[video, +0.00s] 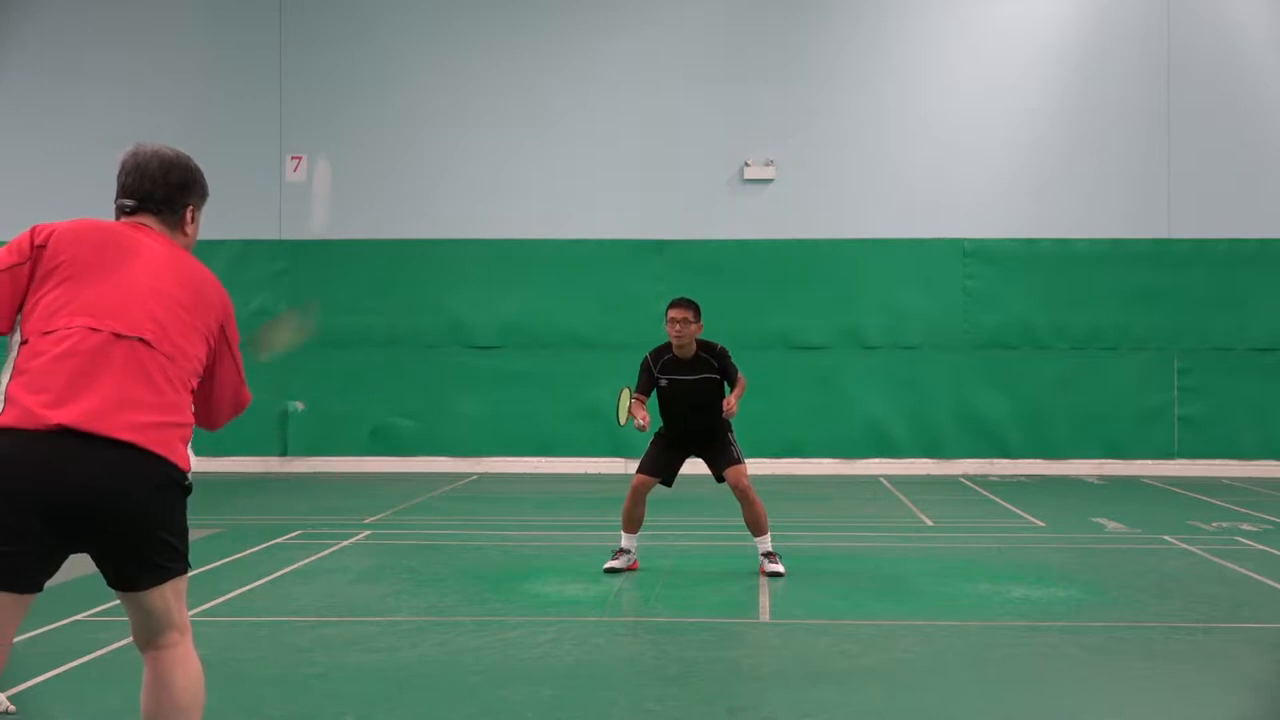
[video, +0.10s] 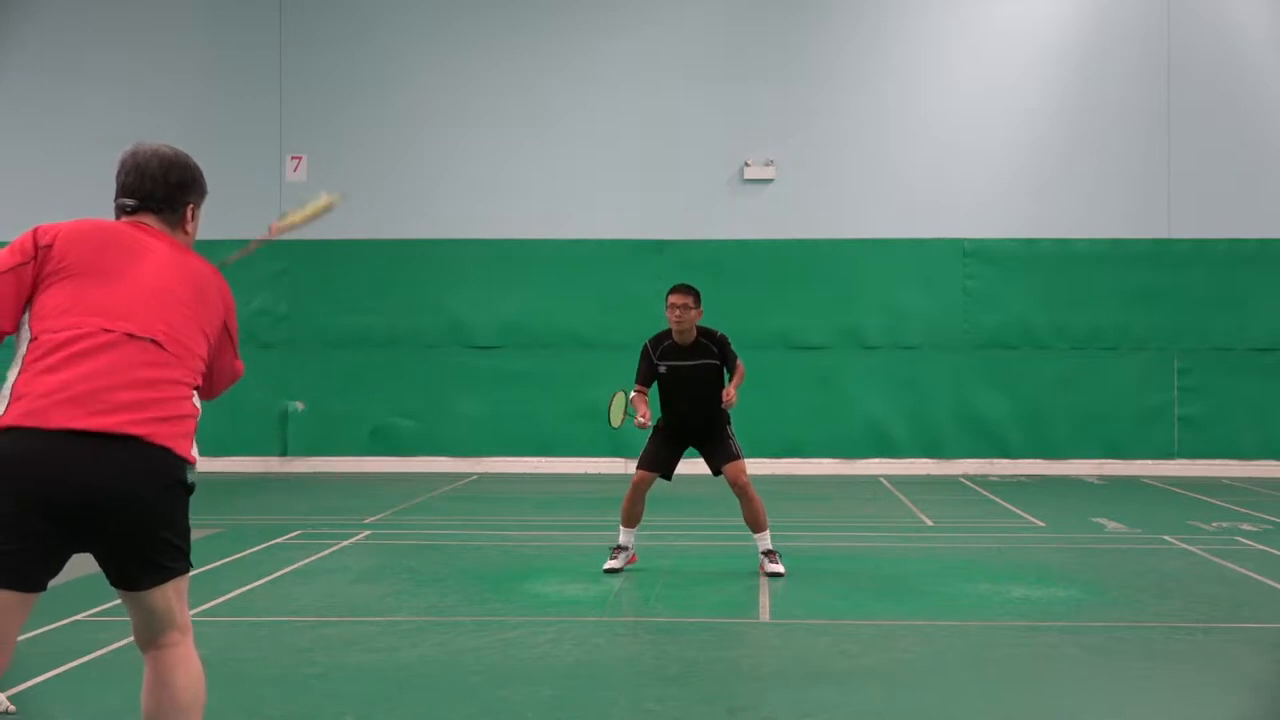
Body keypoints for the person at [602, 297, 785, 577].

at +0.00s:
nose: (677, 328)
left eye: (684, 322)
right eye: (672, 322)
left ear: (698, 326)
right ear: (666, 326)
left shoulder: (715, 354)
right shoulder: (655, 359)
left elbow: (739, 381)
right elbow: (637, 401)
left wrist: (734, 397)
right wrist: (641, 414)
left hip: (714, 433)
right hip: (672, 435)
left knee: (742, 485)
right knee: (638, 485)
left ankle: (767, 553)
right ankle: (627, 551)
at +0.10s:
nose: (677, 313)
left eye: (684, 308)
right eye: (672, 308)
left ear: (698, 312)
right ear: (666, 312)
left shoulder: (716, 342)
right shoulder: (655, 347)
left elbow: (738, 368)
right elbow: (639, 391)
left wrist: (733, 387)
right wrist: (642, 410)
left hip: (713, 425)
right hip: (671, 426)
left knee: (741, 482)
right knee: (639, 482)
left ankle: (767, 551)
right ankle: (624, 547)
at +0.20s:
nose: (675, 309)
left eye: (682, 304)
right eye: (670, 303)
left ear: (697, 311)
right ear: (664, 308)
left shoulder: (714, 341)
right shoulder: (653, 346)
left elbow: (737, 367)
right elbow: (639, 391)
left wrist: (732, 389)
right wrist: (641, 412)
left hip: (711, 421)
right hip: (670, 421)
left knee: (737, 480)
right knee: (640, 477)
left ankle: (766, 549)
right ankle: (619, 542)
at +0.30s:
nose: (669, 317)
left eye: (678, 314)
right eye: (666, 312)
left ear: (692, 323)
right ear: (660, 318)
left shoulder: (708, 354)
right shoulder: (649, 357)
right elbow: (632, 401)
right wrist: (626, 424)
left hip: (709, 430)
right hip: (668, 430)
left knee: (735, 488)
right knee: (639, 480)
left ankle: (768, 553)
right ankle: (621, 552)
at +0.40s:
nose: (661, 311)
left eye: (671, 309)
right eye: (660, 306)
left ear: (684, 322)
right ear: (653, 312)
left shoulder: (696, 354)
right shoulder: (639, 352)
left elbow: (721, 387)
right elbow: (622, 392)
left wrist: (722, 404)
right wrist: (604, 412)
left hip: (696, 431)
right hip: (658, 431)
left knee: (718, 488)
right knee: (635, 481)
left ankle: (762, 548)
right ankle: (620, 553)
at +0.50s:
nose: (652, 301)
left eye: (661, 300)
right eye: (652, 296)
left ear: (675, 314)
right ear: (647, 303)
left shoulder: (687, 347)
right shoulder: (634, 342)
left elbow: (714, 382)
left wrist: (711, 398)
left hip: (690, 422)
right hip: (654, 423)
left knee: (693, 478)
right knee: (628, 476)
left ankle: (730, 550)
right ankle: (615, 549)